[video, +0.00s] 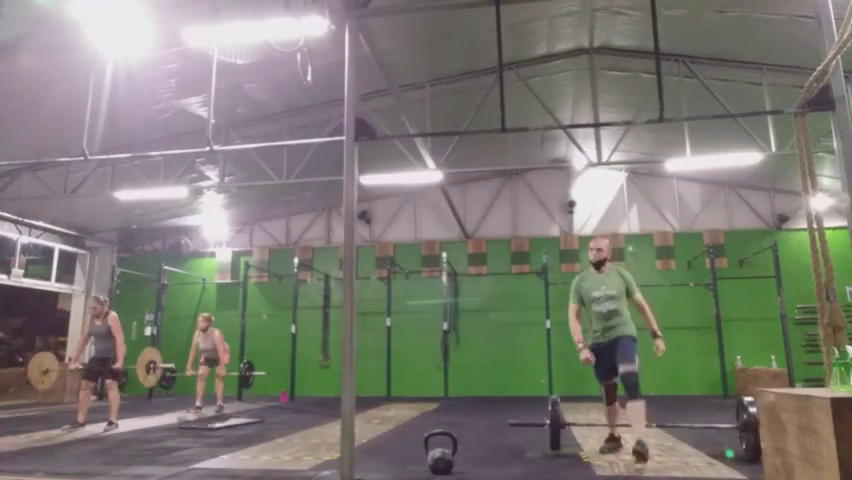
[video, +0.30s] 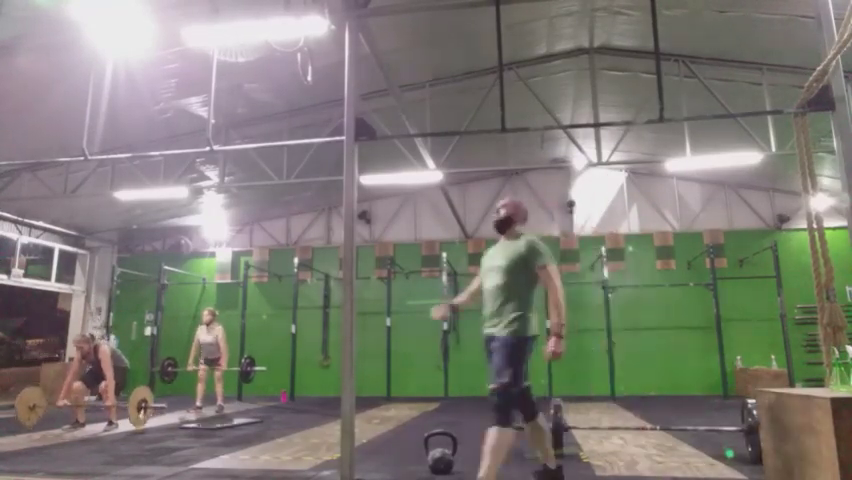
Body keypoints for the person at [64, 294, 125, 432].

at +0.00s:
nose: (93, 311)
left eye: (96, 308)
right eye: (92, 308)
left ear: (104, 307)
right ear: (91, 308)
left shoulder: (111, 317)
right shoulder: (91, 319)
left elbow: (119, 339)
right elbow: (84, 339)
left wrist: (120, 361)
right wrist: (74, 358)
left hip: (111, 358)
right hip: (96, 358)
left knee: (111, 384)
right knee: (85, 385)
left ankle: (112, 420)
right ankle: (80, 420)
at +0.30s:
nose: (79, 351)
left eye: (81, 348)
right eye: (78, 348)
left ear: (89, 345)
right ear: (76, 347)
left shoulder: (102, 349)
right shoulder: (80, 352)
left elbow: (109, 374)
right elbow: (73, 373)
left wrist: (111, 399)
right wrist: (62, 397)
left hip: (118, 369)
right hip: (99, 369)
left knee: (105, 388)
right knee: (77, 388)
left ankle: (112, 421)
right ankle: (80, 420)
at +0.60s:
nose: (82, 329)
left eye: (84, 326)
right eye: (80, 326)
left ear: (91, 323)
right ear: (81, 325)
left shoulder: (102, 329)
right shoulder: (84, 333)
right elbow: (75, 355)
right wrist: (66, 376)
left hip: (114, 356)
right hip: (100, 357)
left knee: (112, 387)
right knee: (84, 384)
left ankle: (112, 420)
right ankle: (80, 420)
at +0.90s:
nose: (70, 356)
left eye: (71, 353)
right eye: (69, 354)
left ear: (78, 349)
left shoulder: (95, 349)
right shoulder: (71, 352)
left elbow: (103, 377)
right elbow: (67, 377)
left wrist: (104, 403)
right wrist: (59, 400)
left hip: (117, 359)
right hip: (97, 360)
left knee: (108, 385)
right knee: (80, 385)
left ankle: (112, 421)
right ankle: (80, 421)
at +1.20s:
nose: (111, 302)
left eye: (114, 299)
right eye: (109, 299)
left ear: (122, 301)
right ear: (106, 301)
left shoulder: (128, 314)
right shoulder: (104, 314)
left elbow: (138, 334)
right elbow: (98, 334)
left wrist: (136, 356)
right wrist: (92, 352)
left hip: (120, 353)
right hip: (102, 351)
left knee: (111, 386)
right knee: (84, 381)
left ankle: (112, 420)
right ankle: (79, 408)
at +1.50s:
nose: (69, 296)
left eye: (72, 293)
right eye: (67, 293)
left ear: (80, 295)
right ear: (65, 297)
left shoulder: (92, 310)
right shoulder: (62, 314)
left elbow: (104, 329)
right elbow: (56, 336)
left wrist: (106, 350)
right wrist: (55, 357)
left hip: (93, 353)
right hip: (72, 354)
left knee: (98, 383)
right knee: (68, 387)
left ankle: (112, 411)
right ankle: (63, 423)